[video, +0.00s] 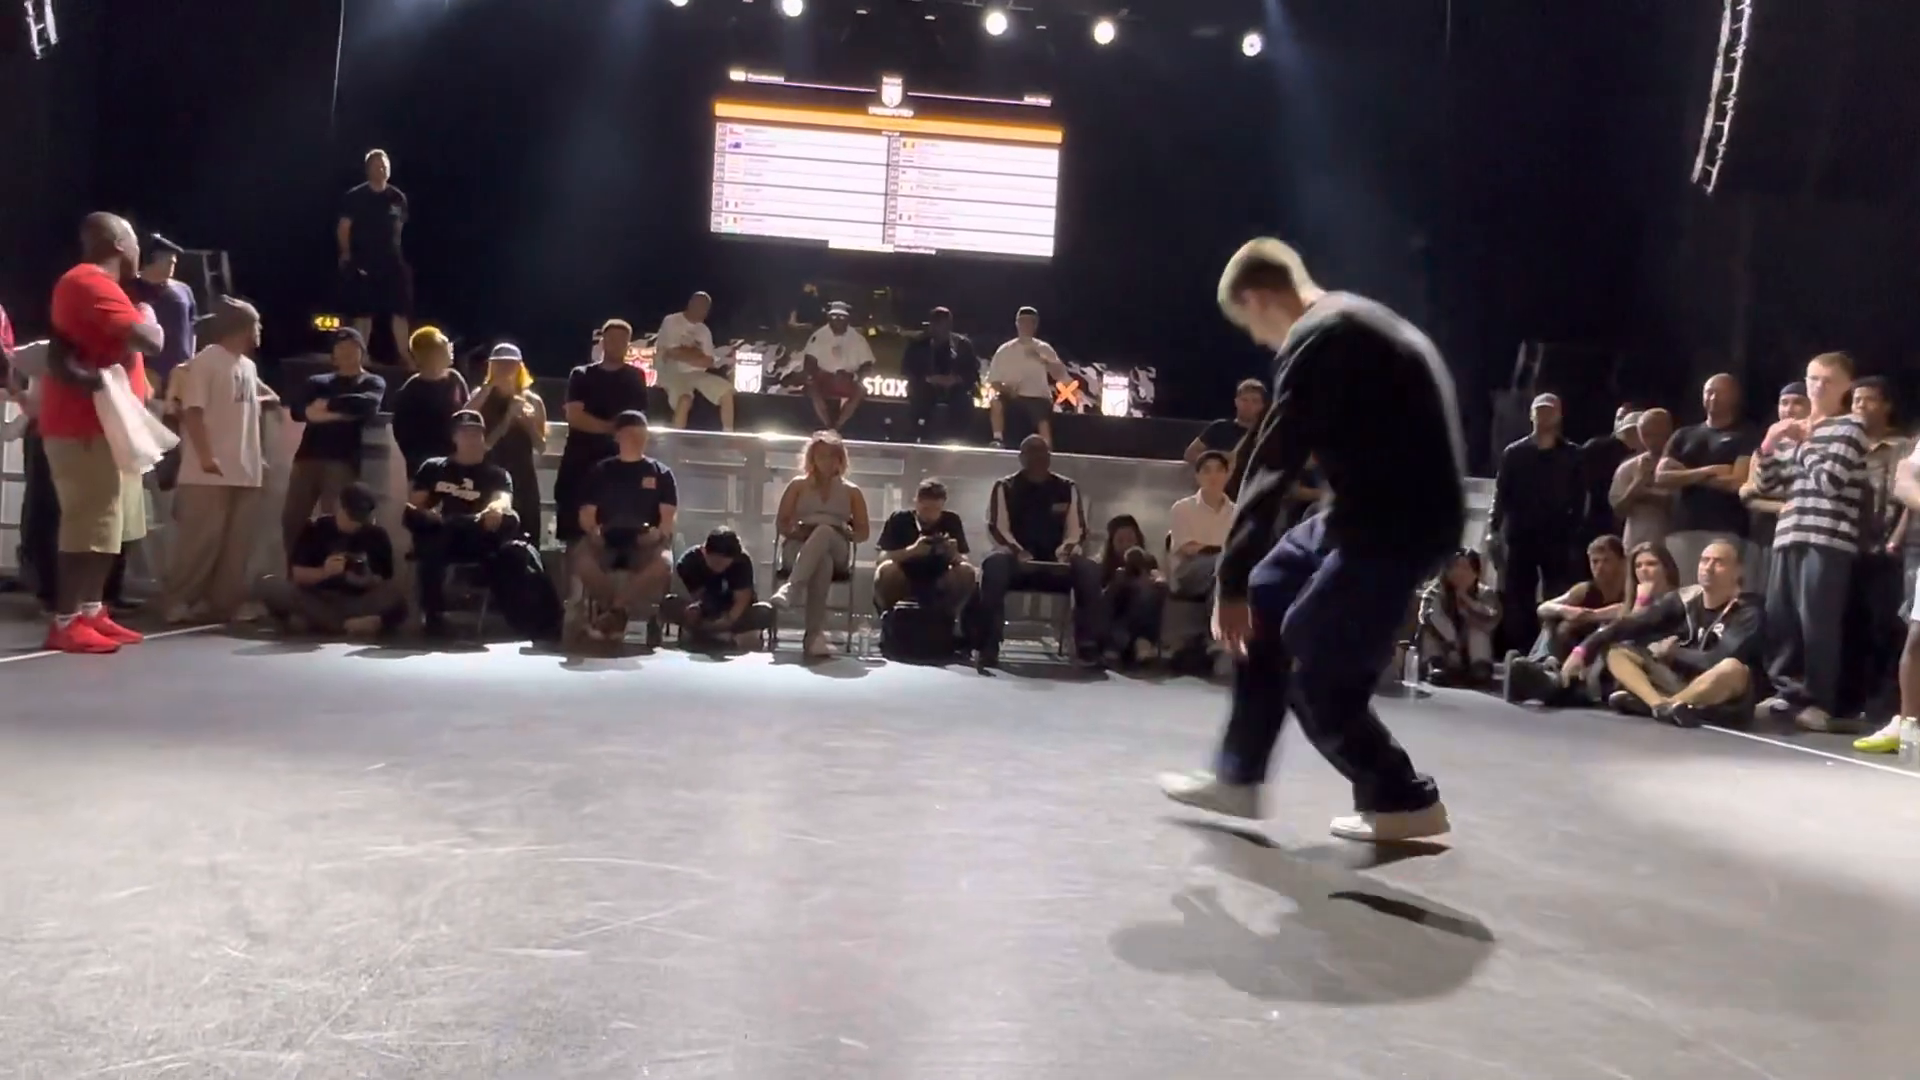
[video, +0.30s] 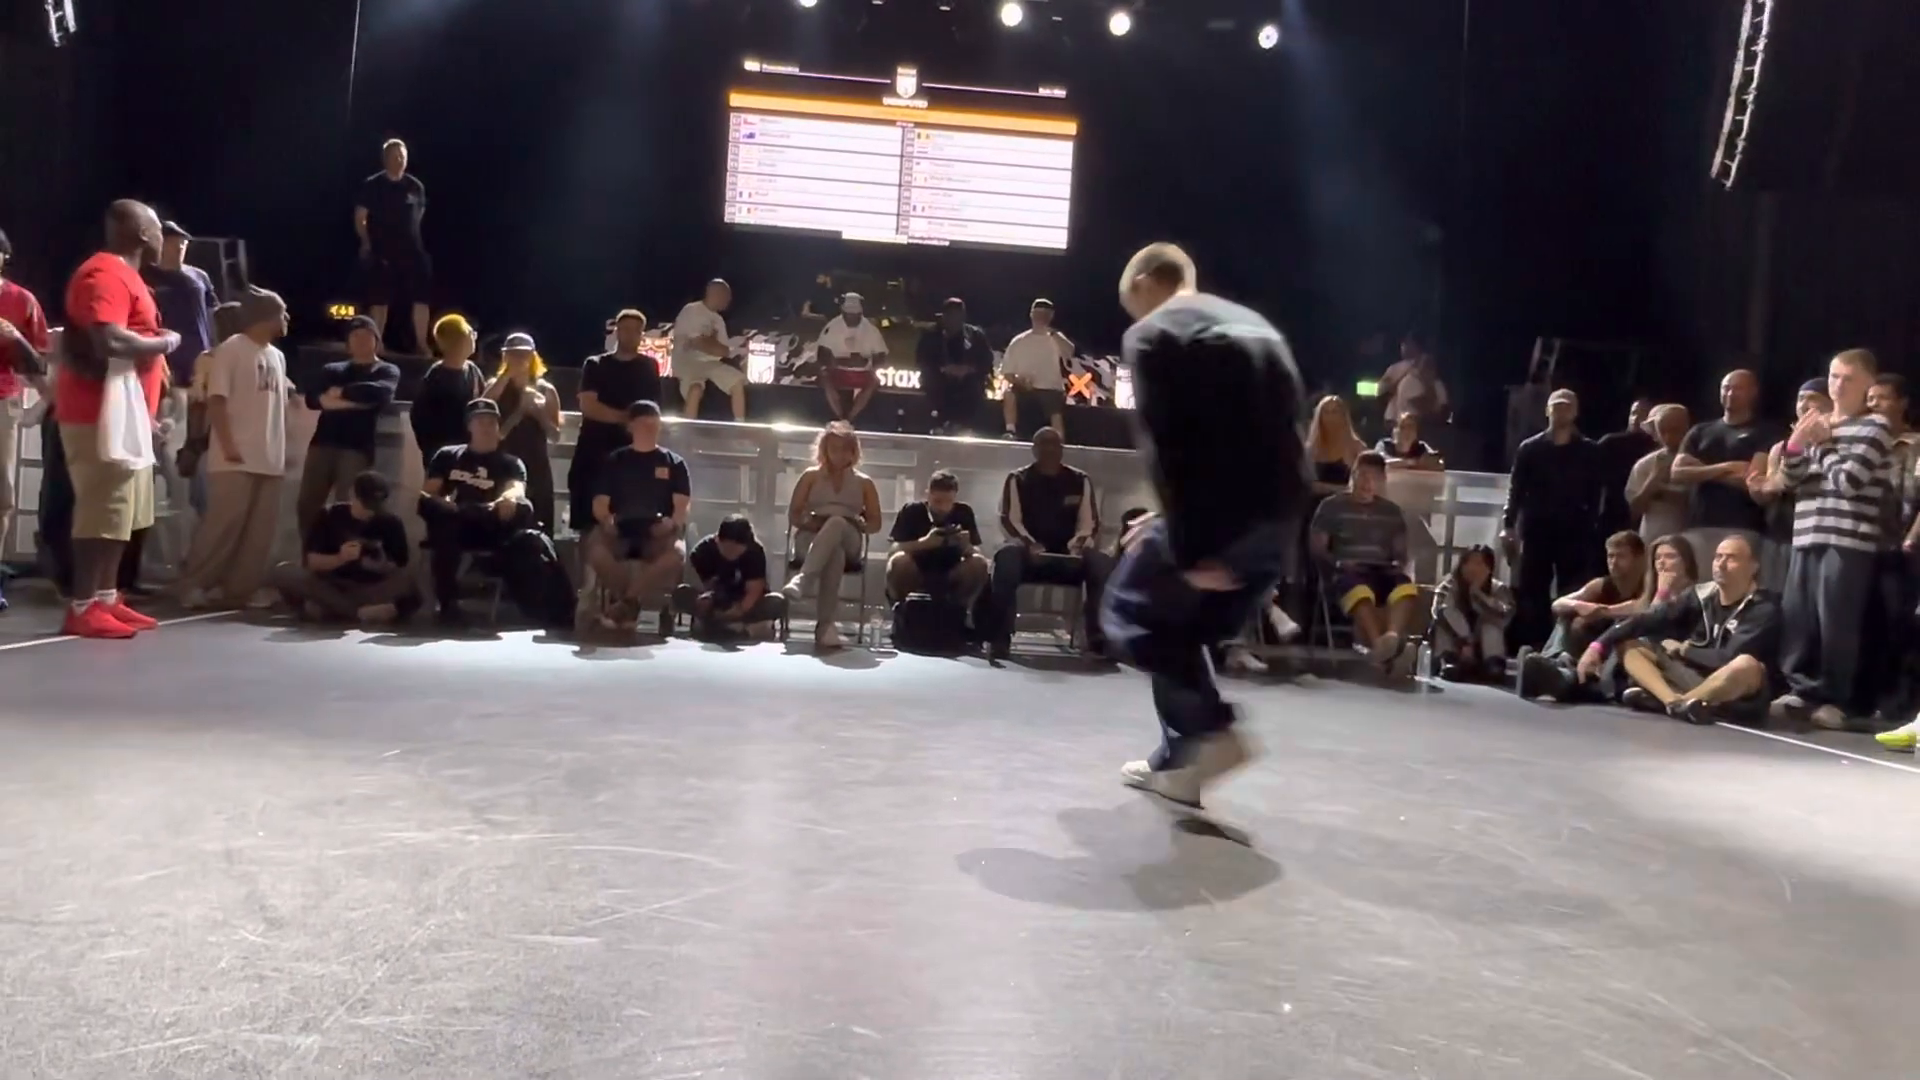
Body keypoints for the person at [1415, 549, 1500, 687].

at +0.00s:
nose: (1460, 573)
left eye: (1466, 569)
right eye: (1455, 567)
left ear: (1476, 574)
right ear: (1447, 571)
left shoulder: (1486, 594)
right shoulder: (1434, 593)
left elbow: (1490, 620)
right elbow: (1429, 617)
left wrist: (1466, 599)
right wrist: (1453, 641)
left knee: (1477, 623)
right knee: (1428, 628)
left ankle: (1480, 664)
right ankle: (1434, 664)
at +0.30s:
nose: (1472, 569)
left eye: (1479, 564)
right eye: (1468, 563)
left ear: (1489, 570)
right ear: (1461, 566)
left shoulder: (1499, 589)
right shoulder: (1449, 586)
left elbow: (1504, 614)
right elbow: (1442, 611)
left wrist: (1477, 593)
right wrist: (1465, 640)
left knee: (1490, 624)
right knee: (1444, 622)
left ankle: (1494, 662)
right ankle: (1447, 661)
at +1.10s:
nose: (1489, 567)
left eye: (1496, 563)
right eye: (1485, 561)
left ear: (1506, 568)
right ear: (1477, 564)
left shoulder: (1515, 587)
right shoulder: (1464, 584)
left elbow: (1521, 614)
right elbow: (1458, 609)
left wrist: (1493, 593)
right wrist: (1481, 638)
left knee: (1506, 623)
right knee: (1460, 619)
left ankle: (1510, 661)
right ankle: (1462, 660)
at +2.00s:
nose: (1503, 560)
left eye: (1510, 555)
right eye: (1499, 554)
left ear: (1520, 560)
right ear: (1492, 556)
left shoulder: (1528, 580)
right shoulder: (1478, 576)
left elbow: (1534, 606)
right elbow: (1470, 601)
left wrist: (1506, 585)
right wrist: (1494, 629)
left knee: (1519, 615)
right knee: (1472, 612)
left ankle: (1523, 654)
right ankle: (1475, 652)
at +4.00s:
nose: (1512, 556)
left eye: (1519, 552)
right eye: (1506, 550)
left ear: (1528, 557)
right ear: (1499, 553)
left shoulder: (1537, 576)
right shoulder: (1485, 573)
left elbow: (1540, 603)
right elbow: (1479, 597)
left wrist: (1513, 582)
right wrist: (1501, 628)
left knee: (1526, 609)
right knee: (1479, 608)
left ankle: (1530, 649)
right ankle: (1483, 646)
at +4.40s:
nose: (1511, 560)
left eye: (1516, 555)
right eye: (1509, 555)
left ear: (1527, 558)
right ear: (1502, 557)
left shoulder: (1536, 578)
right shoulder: (1494, 575)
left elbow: (1539, 605)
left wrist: (1511, 582)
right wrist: (1498, 632)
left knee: (1524, 614)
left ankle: (1529, 655)